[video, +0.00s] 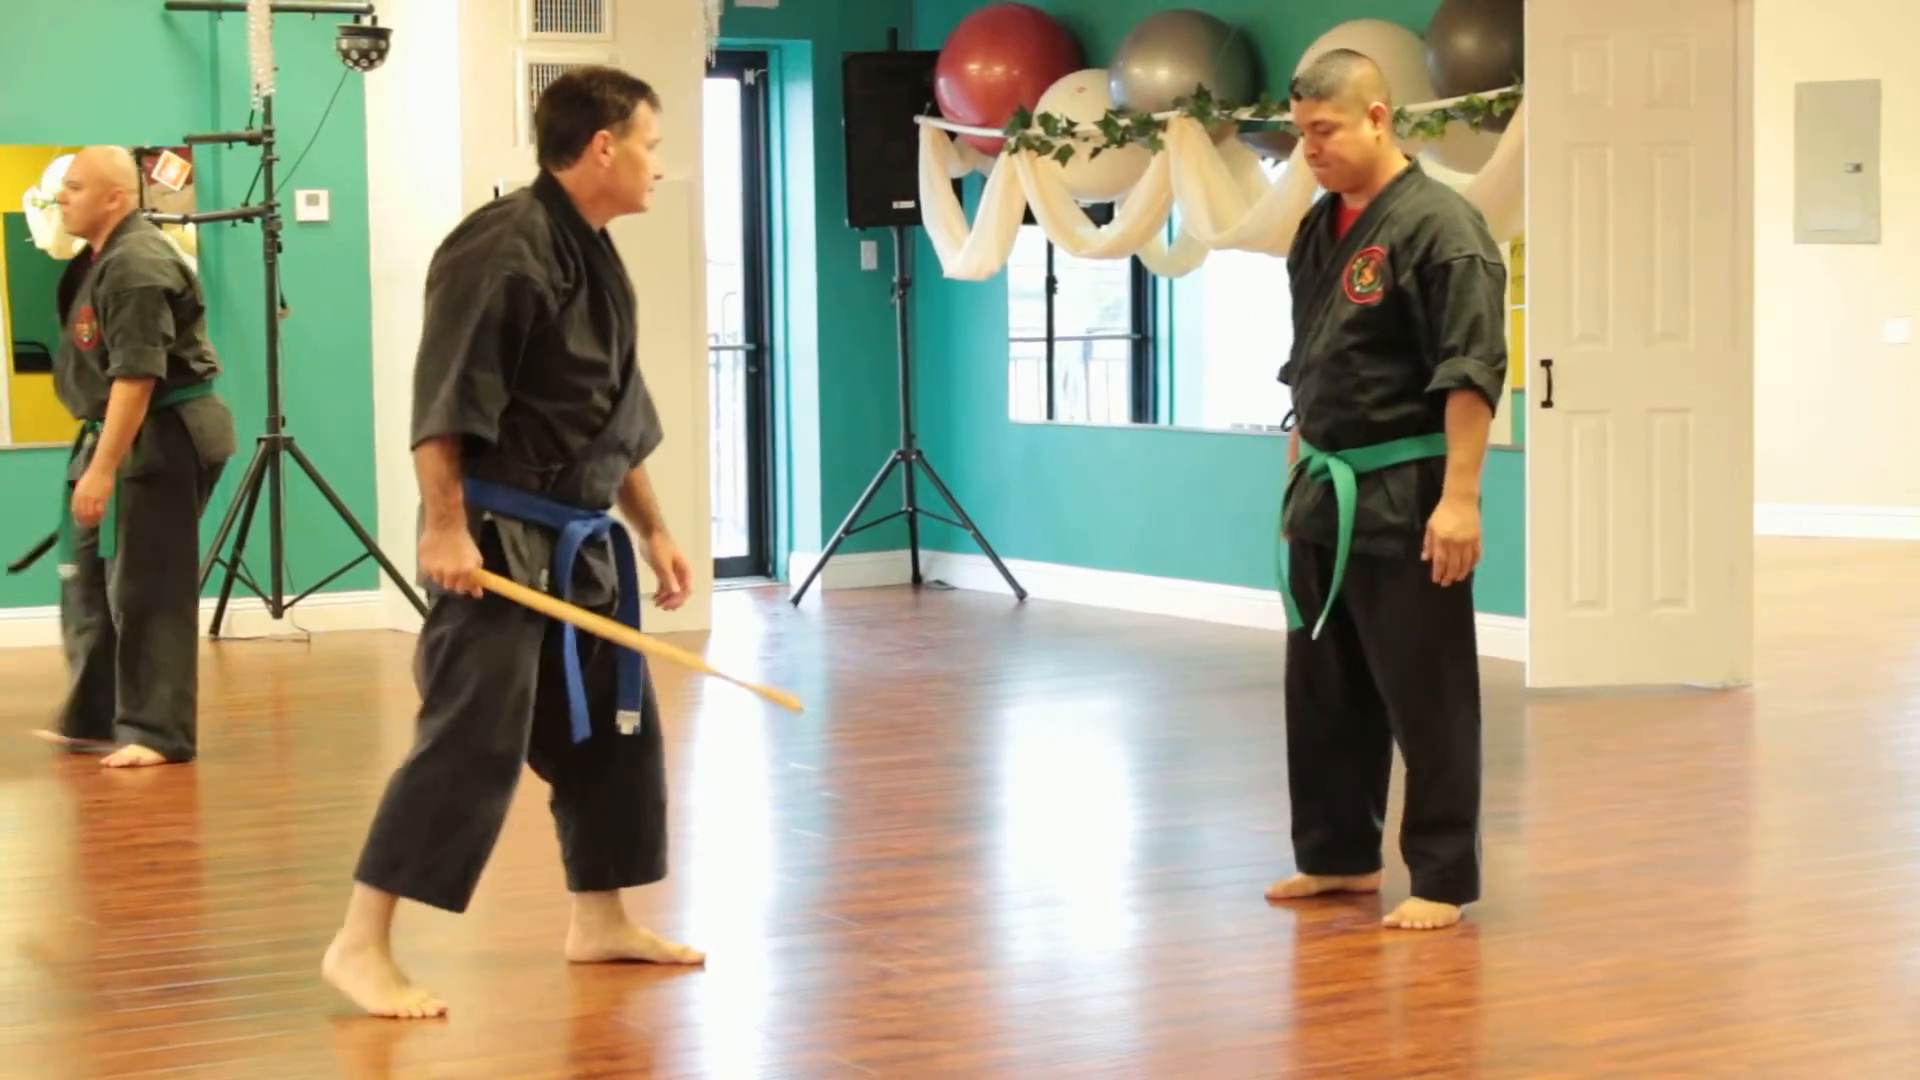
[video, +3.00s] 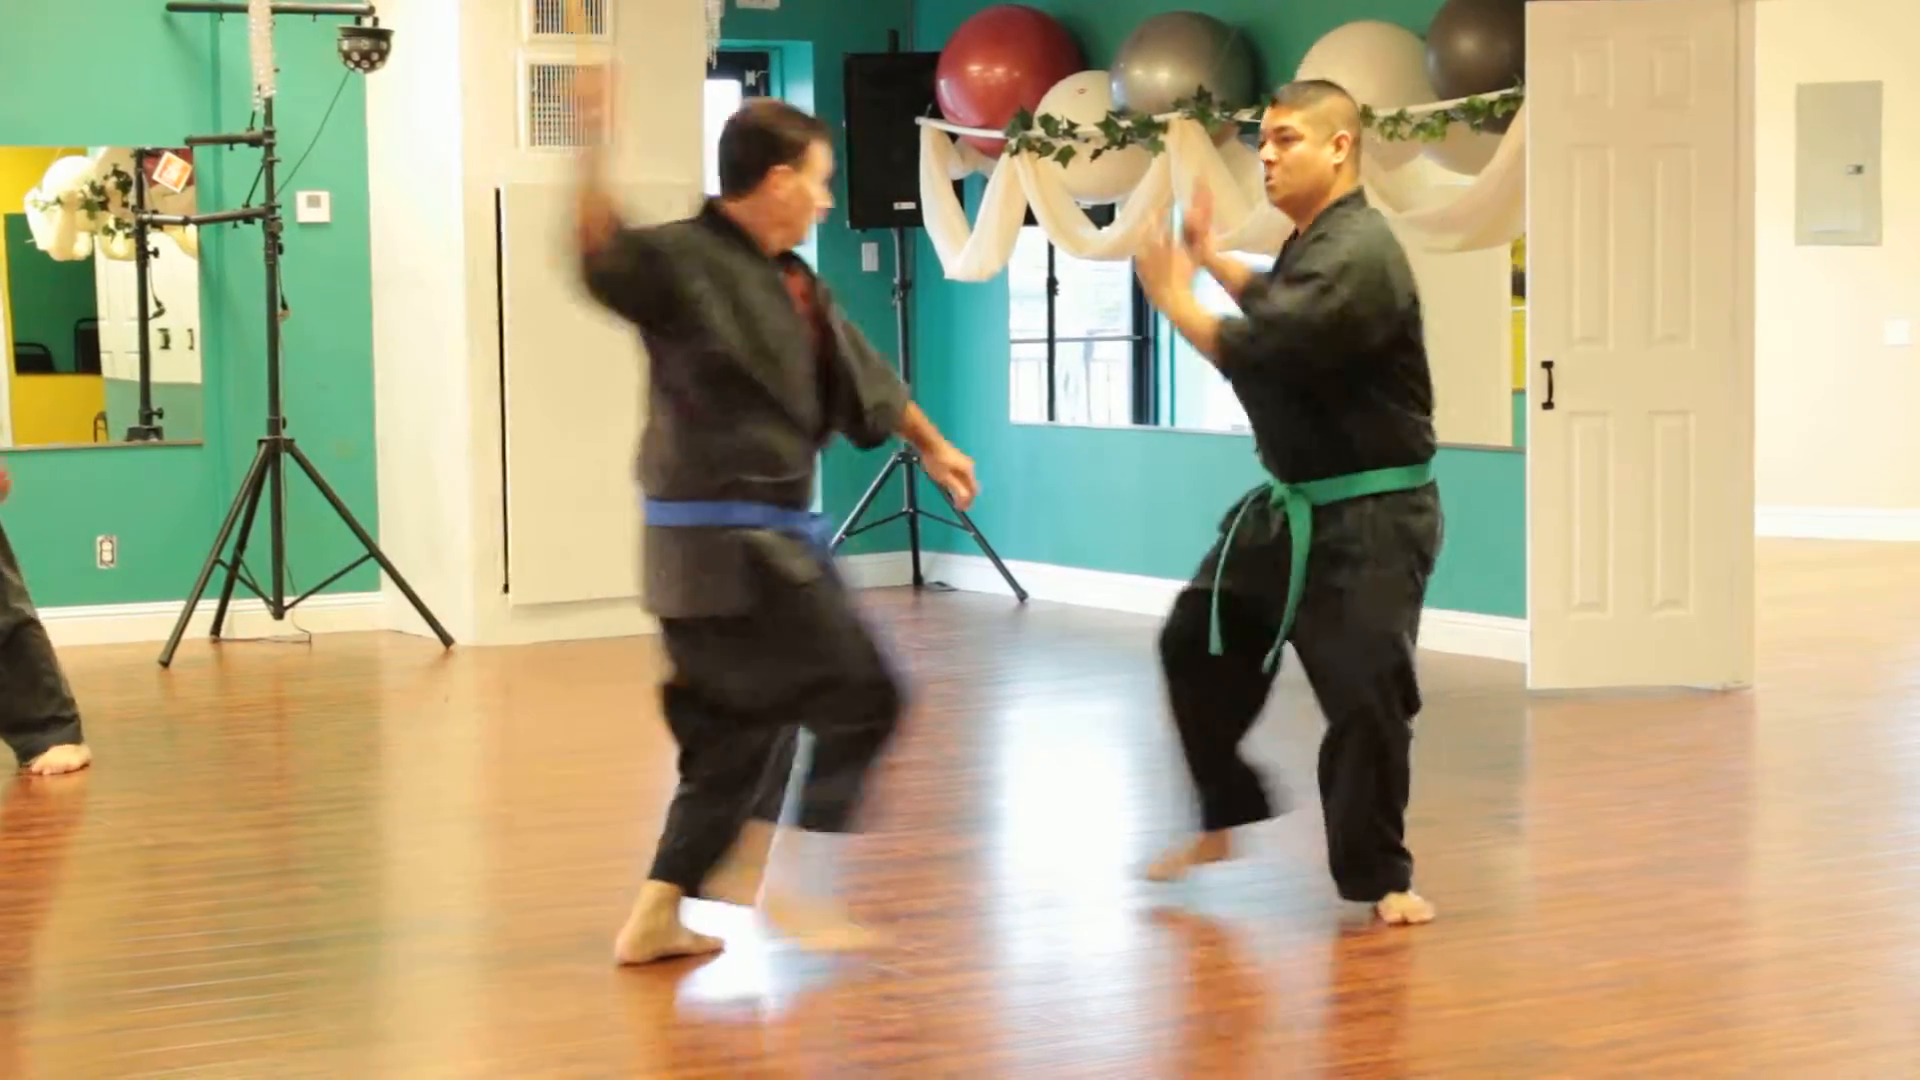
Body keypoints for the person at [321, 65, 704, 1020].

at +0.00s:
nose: (659, 168)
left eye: (657, 149)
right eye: (649, 148)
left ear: (598, 152)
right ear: (598, 148)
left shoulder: (595, 257)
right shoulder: (500, 244)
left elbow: (611, 413)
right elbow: (440, 392)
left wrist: (654, 529)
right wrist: (444, 524)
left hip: (586, 532)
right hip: (497, 527)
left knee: (607, 722)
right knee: (470, 733)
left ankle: (600, 920)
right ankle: (360, 943)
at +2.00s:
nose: (605, 173)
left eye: (604, 154)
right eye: (596, 154)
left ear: (550, 156)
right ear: (544, 155)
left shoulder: (566, 275)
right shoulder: (439, 261)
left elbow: (583, 427)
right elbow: (377, 409)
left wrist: (622, 538)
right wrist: (378, 540)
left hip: (560, 544)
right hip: (460, 542)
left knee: (600, 727)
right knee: (429, 747)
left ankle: (599, 927)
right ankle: (353, 965)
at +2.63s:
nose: (648, 194)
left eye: (647, 175)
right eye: (638, 175)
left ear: (591, 176)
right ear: (588, 175)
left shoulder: (621, 288)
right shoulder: (478, 272)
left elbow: (682, 404)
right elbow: (365, 382)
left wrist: (757, 489)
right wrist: (350, 489)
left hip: (590, 547)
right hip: (494, 541)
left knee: (672, 700)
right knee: (468, 742)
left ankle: (639, 911)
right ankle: (356, 965)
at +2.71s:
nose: (677, 201)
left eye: (677, 184)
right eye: (668, 183)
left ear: (629, 183)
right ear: (616, 181)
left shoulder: (661, 290)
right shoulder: (515, 270)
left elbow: (733, 397)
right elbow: (413, 326)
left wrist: (821, 471)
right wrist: (357, 381)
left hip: (631, 558)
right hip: (534, 553)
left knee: (699, 712)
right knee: (491, 738)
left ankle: (653, 921)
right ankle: (357, 957)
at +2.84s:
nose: (731, 201)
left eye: (732, 185)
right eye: (724, 184)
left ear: (683, 183)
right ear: (677, 182)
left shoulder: (721, 283)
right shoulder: (576, 271)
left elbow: (797, 369)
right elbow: (429, 322)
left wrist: (880, 439)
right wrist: (405, 268)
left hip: (698, 545)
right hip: (611, 542)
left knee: (737, 724)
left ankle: (655, 920)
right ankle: (444, 893)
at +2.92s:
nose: (779, 202)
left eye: (780, 184)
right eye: (771, 184)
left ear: (726, 183)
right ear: (722, 183)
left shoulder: (760, 280)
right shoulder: (627, 265)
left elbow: (832, 365)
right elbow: (499, 283)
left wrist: (910, 432)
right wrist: (483, 184)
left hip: (745, 540)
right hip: (662, 541)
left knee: (745, 728)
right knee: (739, 728)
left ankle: (656, 917)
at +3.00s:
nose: (826, 198)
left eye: (826, 182)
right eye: (817, 179)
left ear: (771, 182)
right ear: (769, 177)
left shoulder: (795, 284)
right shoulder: (685, 254)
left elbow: (861, 376)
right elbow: (604, 257)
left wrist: (931, 446)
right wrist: (592, 148)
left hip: (752, 535)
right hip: (725, 538)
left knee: (736, 730)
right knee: (862, 694)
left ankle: (655, 916)